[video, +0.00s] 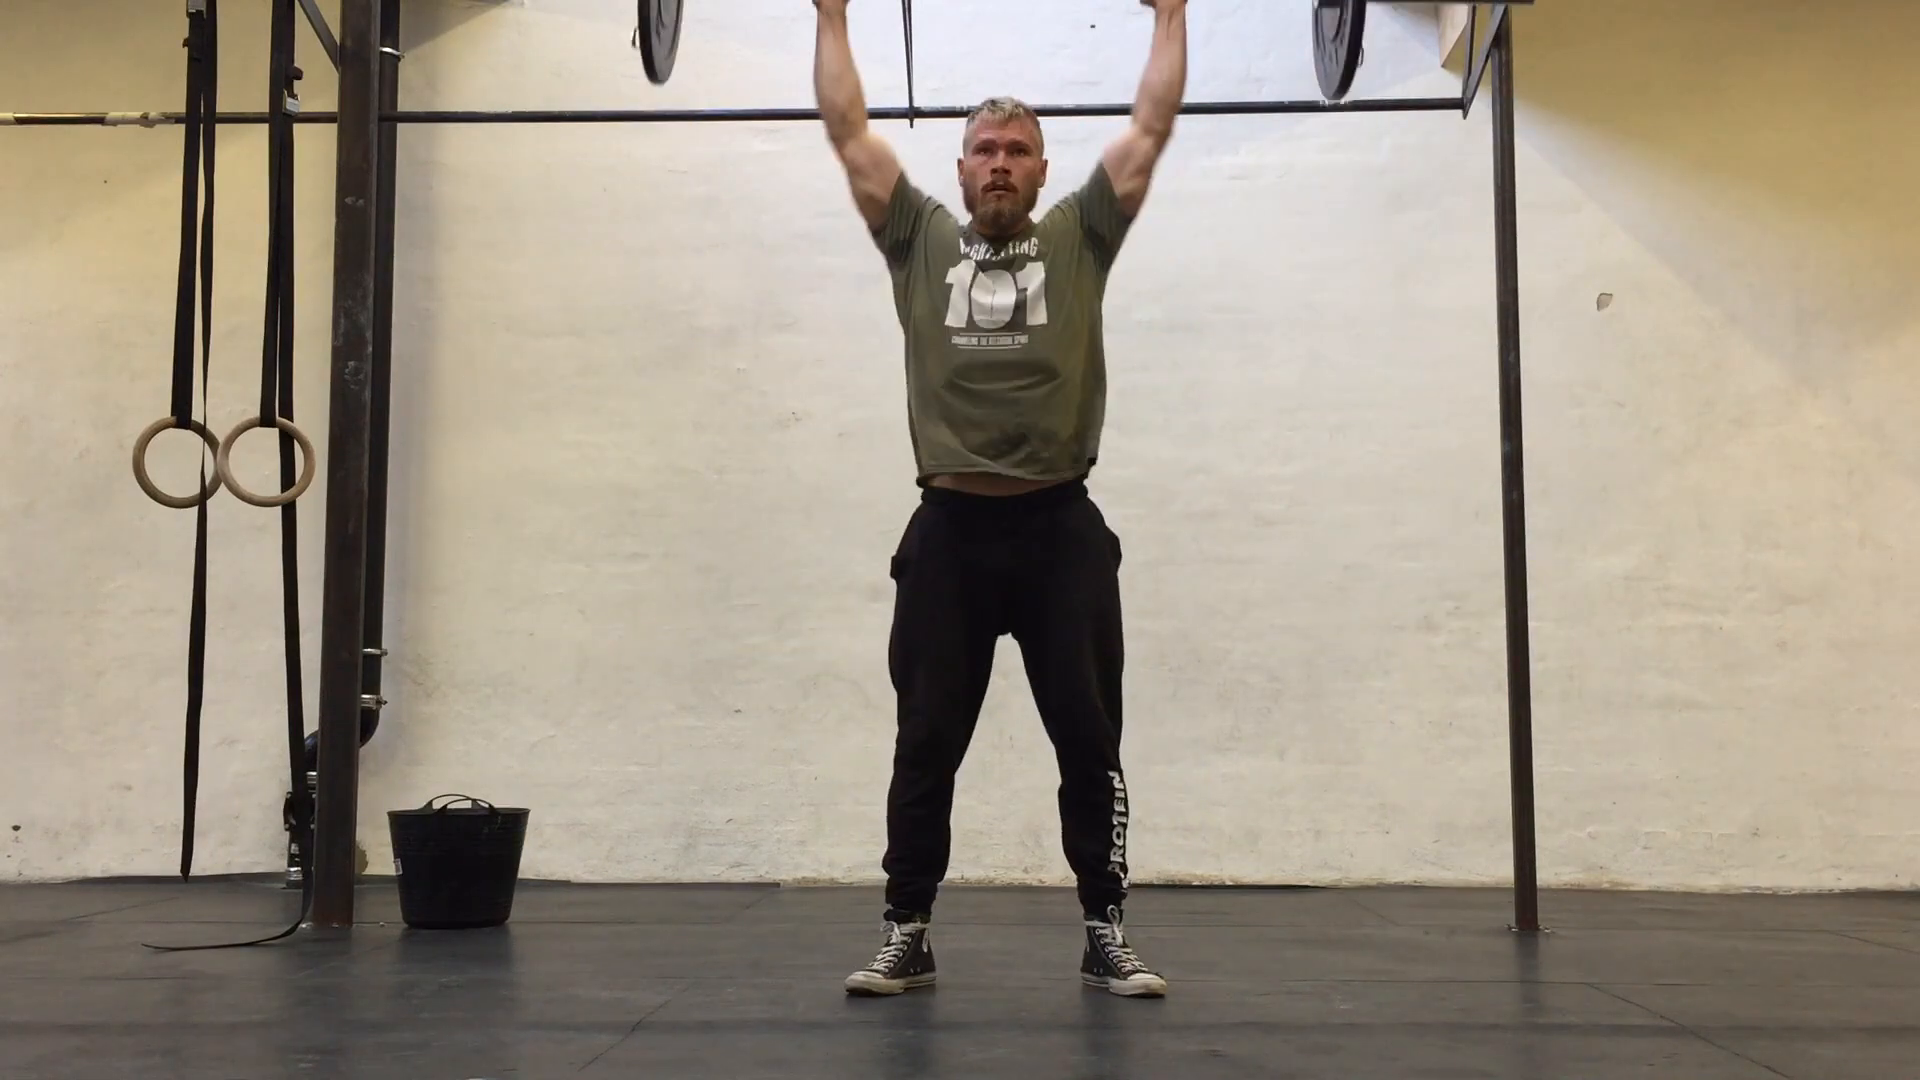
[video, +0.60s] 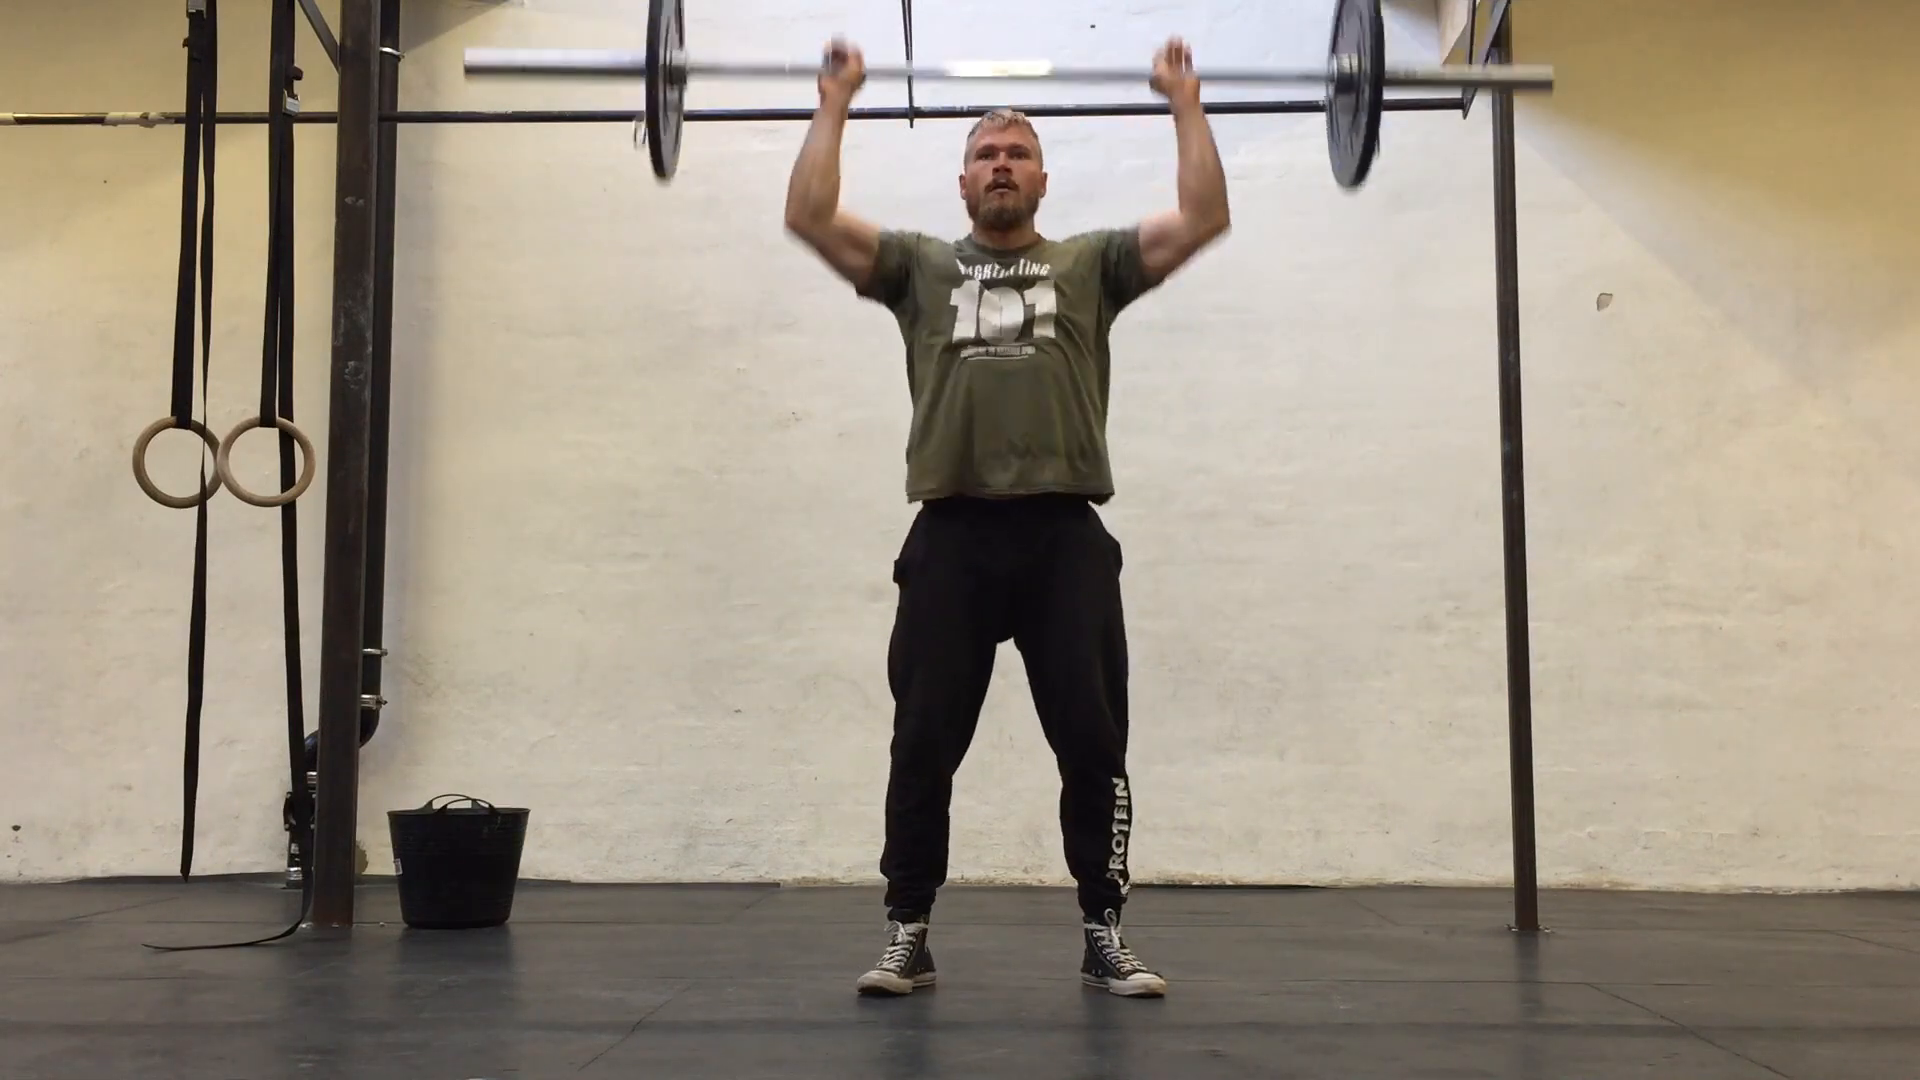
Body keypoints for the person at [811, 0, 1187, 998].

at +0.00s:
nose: (999, 163)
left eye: (1018, 151)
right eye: (983, 150)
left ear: (1042, 170)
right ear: (961, 168)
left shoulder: (1079, 241)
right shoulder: (920, 242)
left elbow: (1150, 127)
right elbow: (849, 133)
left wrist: (1170, 12)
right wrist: (830, 12)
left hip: (1061, 537)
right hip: (950, 538)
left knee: (1090, 746)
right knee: (925, 745)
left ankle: (1106, 940)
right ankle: (906, 939)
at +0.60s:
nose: (1001, 163)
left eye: (1018, 153)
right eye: (985, 153)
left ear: (1046, 179)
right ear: (961, 180)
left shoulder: (1090, 265)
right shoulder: (921, 267)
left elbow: (1203, 217)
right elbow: (809, 215)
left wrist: (1186, 101)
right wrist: (835, 103)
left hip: (1068, 543)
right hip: (949, 543)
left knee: (1094, 746)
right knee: (922, 744)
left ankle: (1105, 944)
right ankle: (907, 942)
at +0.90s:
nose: (1005, 129)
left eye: (1022, 120)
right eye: (989, 120)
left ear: (1048, 148)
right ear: (965, 148)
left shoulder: (1089, 239)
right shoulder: (923, 236)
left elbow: (1200, 304)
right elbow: (812, 294)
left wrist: (1185, 366)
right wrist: (839, 361)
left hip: (1070, 503)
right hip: (958, 504)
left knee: (1101, 713)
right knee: (926, 711)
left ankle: (1115, 915)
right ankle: (903, 916)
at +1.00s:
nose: (1007, 151)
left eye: (1024, 142)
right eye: (991, 141)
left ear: (1049, 171)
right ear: (965, 169)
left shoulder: (1100, 279)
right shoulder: (917, 278)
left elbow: (1176, 379)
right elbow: (843, 381)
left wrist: (1184, 497)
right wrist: (846, 495)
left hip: (1074, 548)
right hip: (951, 550)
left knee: (1107, 737)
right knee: (921, 741)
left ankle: (1110, 932)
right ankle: (908, 931)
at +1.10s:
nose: (1008, 193)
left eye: (1025, 182)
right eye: (992, 181)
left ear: (1050, 210)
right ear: (965, 209)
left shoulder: (1104, 328)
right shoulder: (913, 327)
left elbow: (1153, 448)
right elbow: (869, 450)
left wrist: (1179, 575)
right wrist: (849, 575)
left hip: (1073, 572)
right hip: (948, 573)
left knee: (1118, 748)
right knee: (912, 752)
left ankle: (1108, 939)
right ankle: (909, 938)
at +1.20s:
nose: (1008, 229)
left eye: (1025, 218)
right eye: (991, 218)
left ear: (1052, 248)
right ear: (966, 249)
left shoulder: (1107, 364)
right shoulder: (915, 362)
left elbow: (1154, 487)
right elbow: (871, 486)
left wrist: (1180, 613)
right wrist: (849, 613)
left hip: (1070, 574)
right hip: (949, 573)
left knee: (1117, 729)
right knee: (905, 728)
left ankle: (1110, 938)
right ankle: (906, 938)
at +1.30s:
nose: (1010, 243)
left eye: (1027, 232)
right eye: (994, 232)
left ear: (1053, 263)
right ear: (968, 263)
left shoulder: (1106, 376)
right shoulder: (916, 374)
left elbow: (1150, 499)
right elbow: (873, 499)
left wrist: (1178, 625)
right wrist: (848, 626)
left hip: (1068, 578)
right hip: (948, 577)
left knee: (1113, 729)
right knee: (907, 726)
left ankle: (1109, 939)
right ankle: (906, 937)